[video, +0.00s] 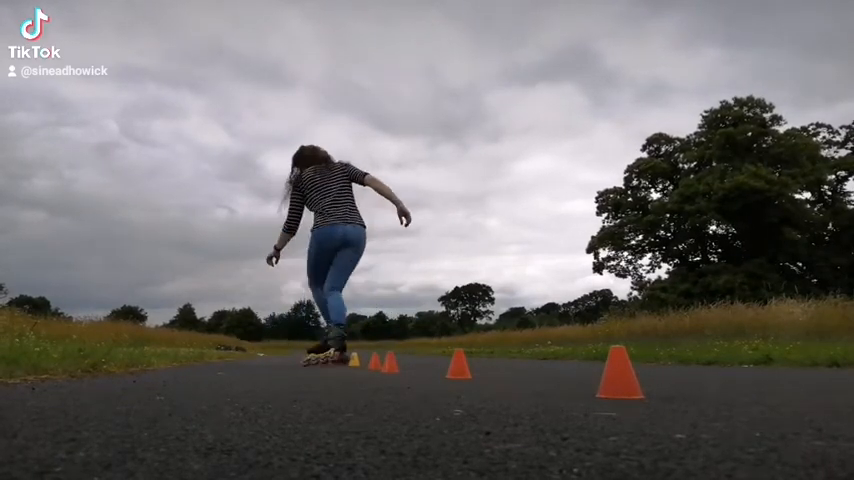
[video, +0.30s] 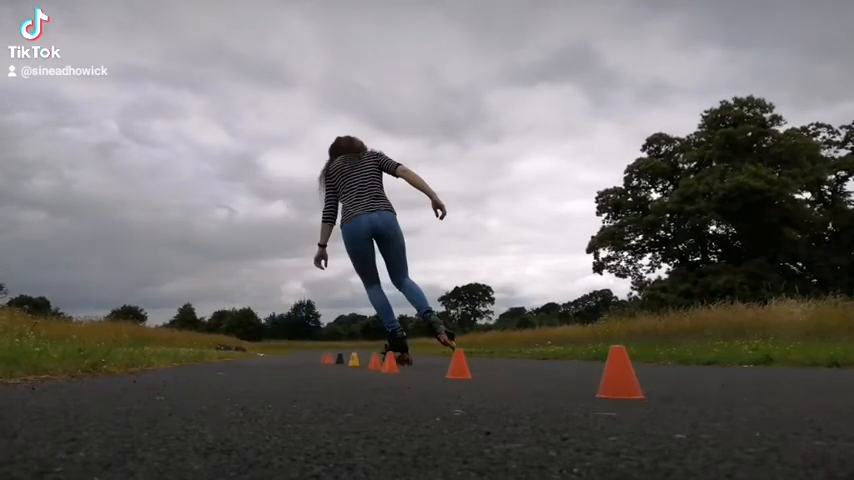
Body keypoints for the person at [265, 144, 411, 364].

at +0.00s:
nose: (296, 172)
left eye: (296, 168)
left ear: (299, 165)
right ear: (323, 156)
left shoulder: (300, 181)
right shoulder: (341, 167)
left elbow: (292, 222)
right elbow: (371, 180)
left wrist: (277, 248)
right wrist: (399, 203)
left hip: (326, 231)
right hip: (356, 230)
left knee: (317, 286)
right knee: (334, 288)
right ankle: (337, 336)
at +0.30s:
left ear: (334, 153)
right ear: (358, 145)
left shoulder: (331, 170)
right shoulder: (373, 156)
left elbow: (330, 209)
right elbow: (403, 171)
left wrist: (322, 245)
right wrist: (433, 196)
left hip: (354, 226)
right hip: (384, 218)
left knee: (372, 285)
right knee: (401, 278)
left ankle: (396, 337)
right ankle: (433, 320)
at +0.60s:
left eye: (344, 145)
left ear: (347, 142)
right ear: (373, 135)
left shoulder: (346, 157)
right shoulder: (391, 148)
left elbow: (344, 198)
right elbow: (432, 172)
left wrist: (332, 237)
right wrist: (454, 202)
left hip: (373, 219)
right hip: (407, 213)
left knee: (405, 280)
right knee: (409, 280)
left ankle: (435, 334)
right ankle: (404, 341)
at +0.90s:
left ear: (339, 125)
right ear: (368, 125)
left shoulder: (332, 138)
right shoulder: (381, 138)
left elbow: (322, 180)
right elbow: (423, 176)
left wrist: (305, 218)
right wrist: (428, 206)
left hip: (350, 199)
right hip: (387, 198)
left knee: (370, 268)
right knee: (366, 269)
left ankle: (391, 315)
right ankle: (343, 328)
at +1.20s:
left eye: (325, 106)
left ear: (328, 101)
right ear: (359, 102)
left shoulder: (319, 116)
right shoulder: (374, 117)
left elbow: (291, 158)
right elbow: (423, 144)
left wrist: (256, 196)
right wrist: (451, 180)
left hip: (339, 180)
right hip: (379, 189)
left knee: (295, 253)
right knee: (339, 265)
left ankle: (256, 309)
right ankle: (308, 326)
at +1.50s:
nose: (402, 81)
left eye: (402, 76)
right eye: (401, 77)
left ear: (364, 71)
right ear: (393, 72)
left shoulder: (341, 93)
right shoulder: (392, 79)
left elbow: (329, 141)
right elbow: (414, 91)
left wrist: (327, 177)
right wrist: (446, 116)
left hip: (342, 163)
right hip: (387, 166)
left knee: (329, 249)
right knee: (349, 252)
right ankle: (331, 318)